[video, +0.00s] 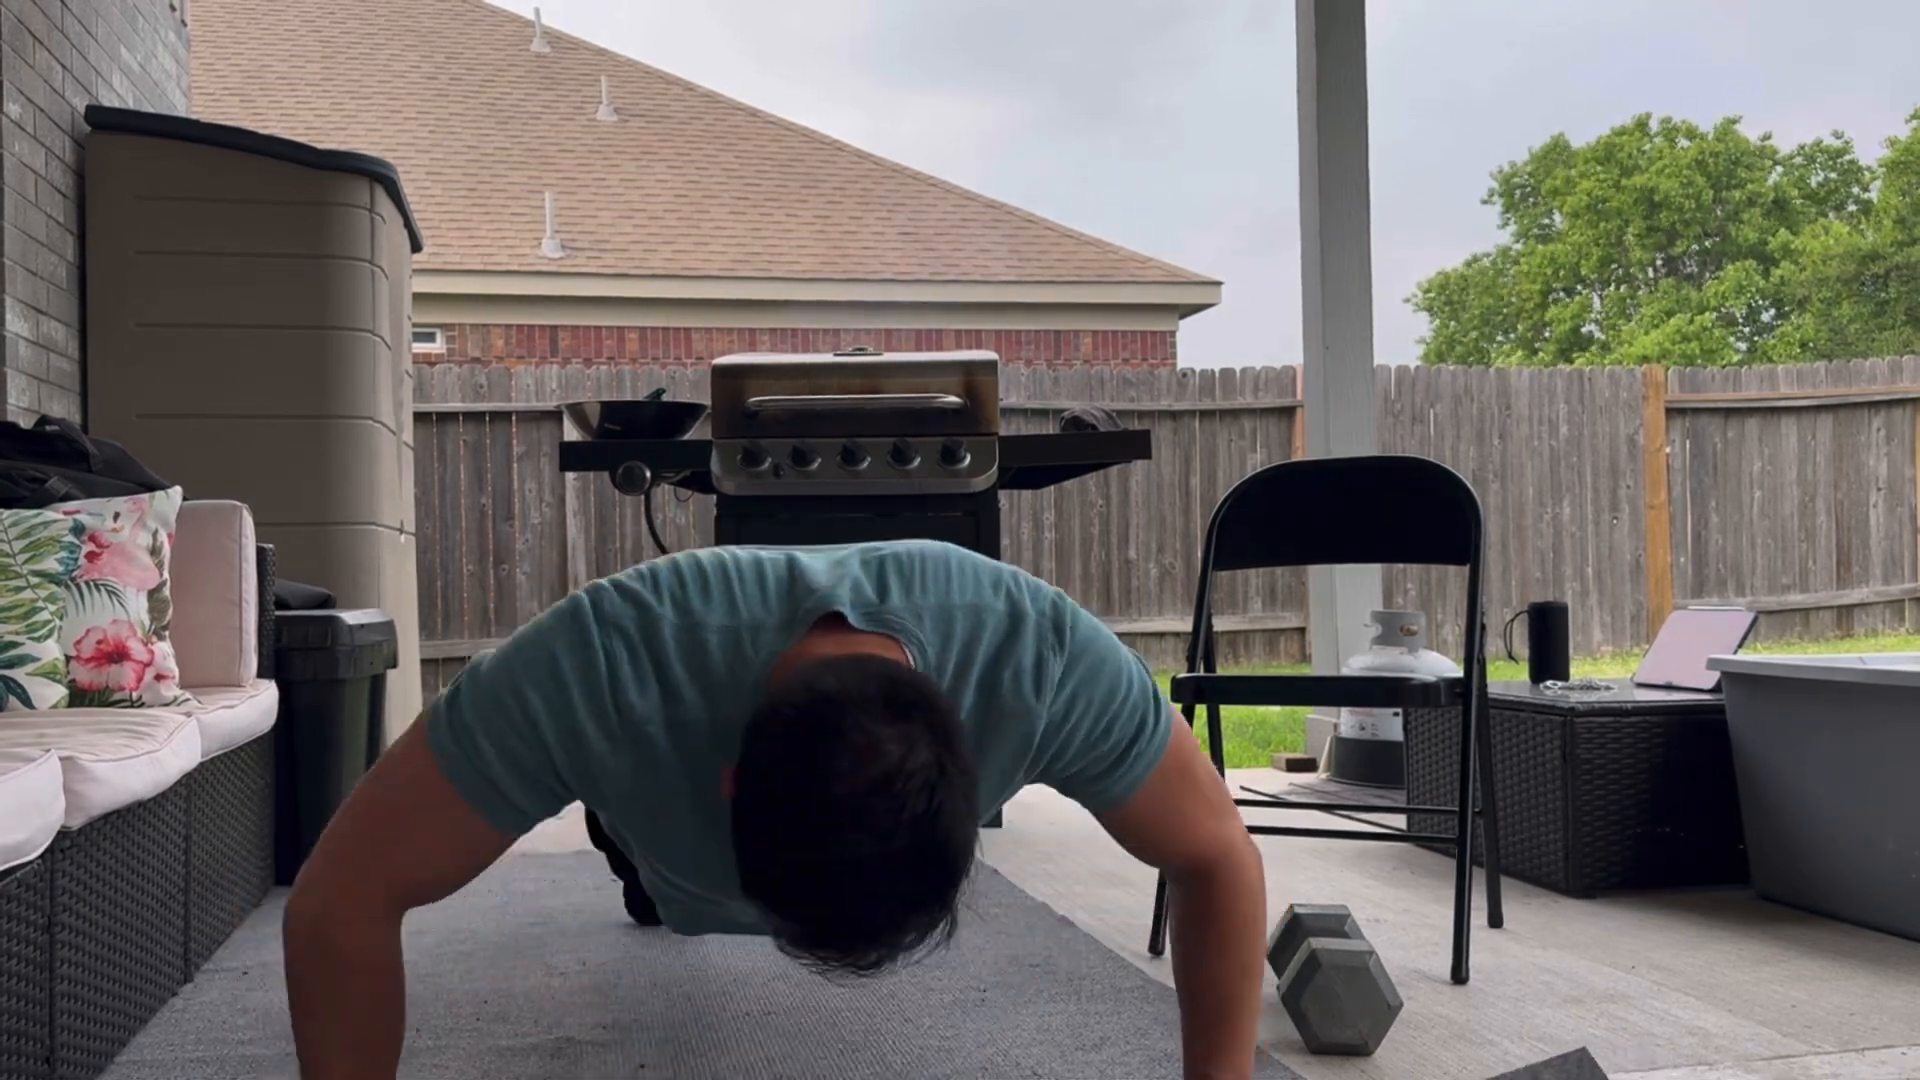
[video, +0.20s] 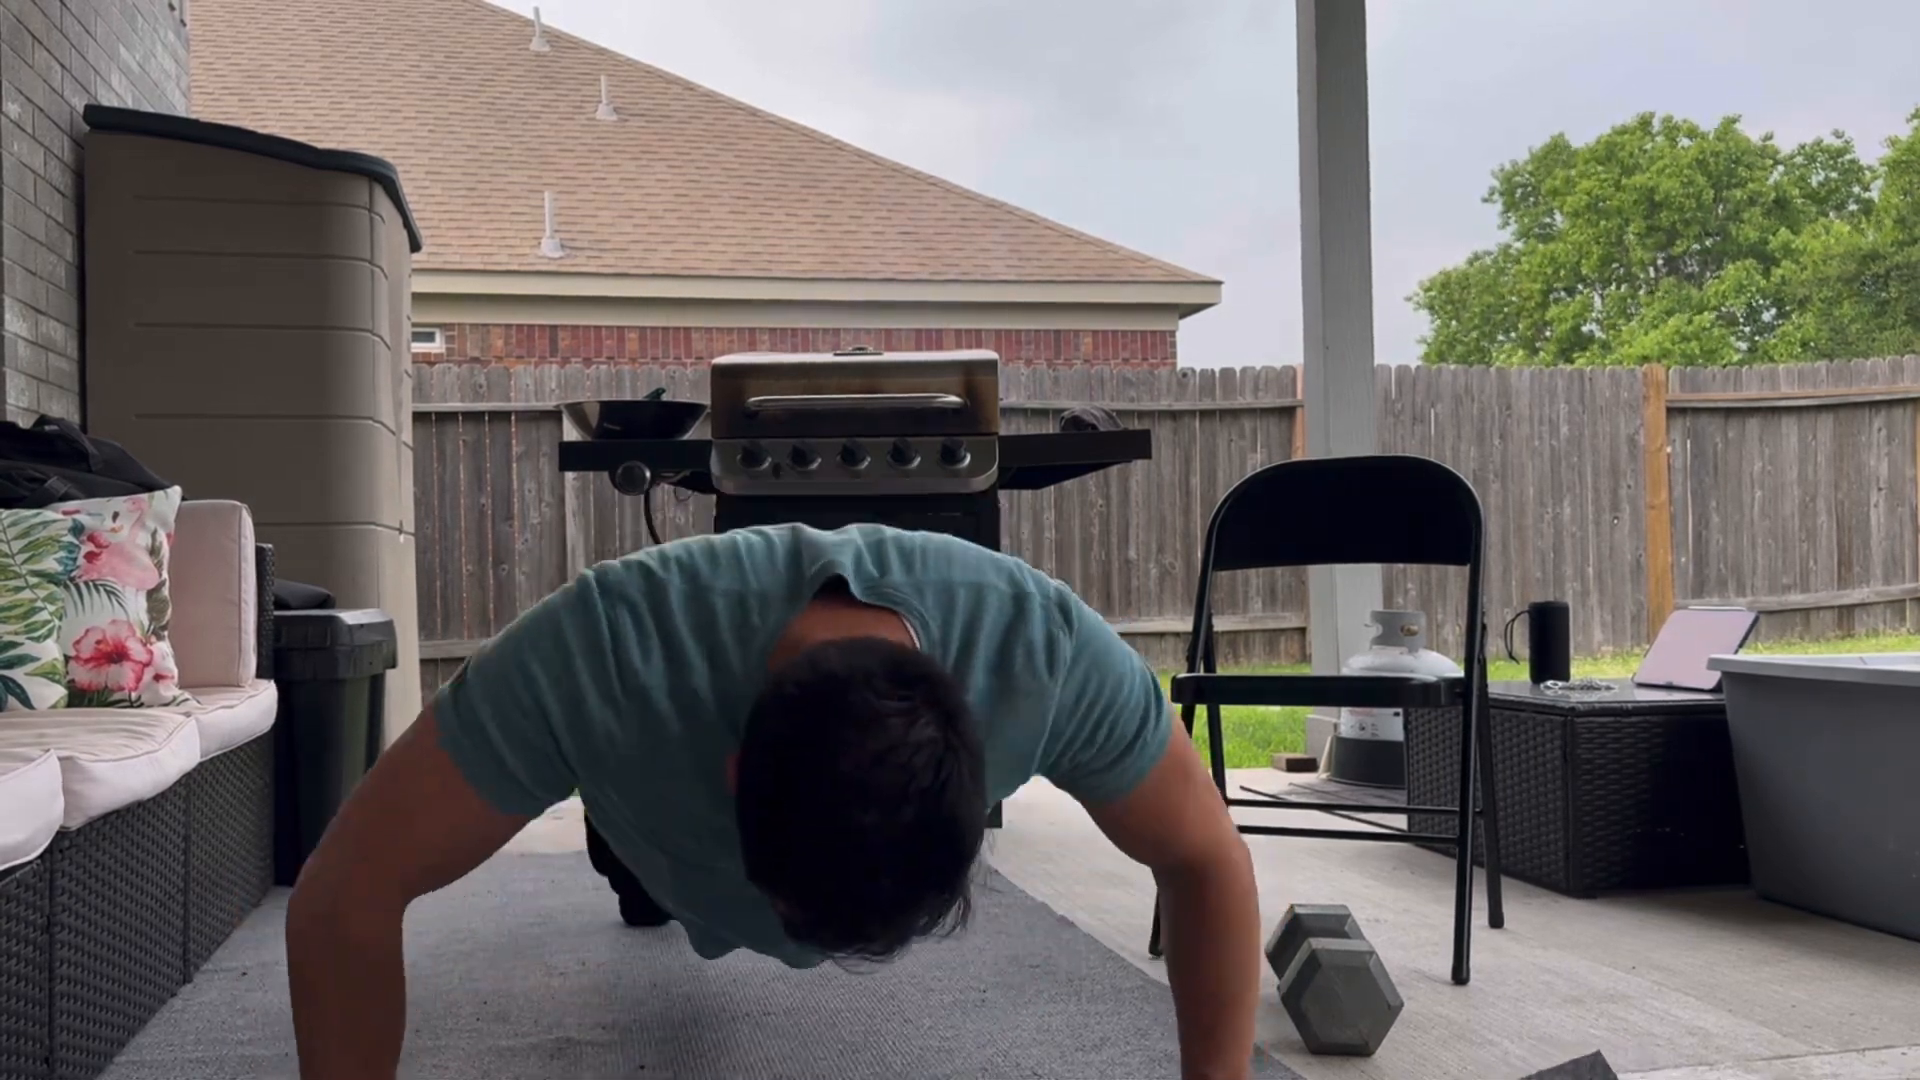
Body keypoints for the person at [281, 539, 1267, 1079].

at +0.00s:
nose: (829, 946)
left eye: (874, 932)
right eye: (799, 919)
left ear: (963, 802)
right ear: (733, 780)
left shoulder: (1046, 664)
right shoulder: (598, 668)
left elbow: (1217, 863)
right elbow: (341, 900)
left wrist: (1216, 1073)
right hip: (667, 813)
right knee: (669, 891)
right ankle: (637, 866)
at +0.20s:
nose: (835, 950)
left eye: (876, 935)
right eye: (809, 932)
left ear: (969, 798)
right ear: (735, 771)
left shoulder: (1048, 657)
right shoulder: (595, 658)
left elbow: (1207, 864)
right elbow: (342, 897)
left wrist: (1216, 1078)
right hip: (651, 813)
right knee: (652, 881)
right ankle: (644, 880)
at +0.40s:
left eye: (903, 1032)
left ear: (945, 1012)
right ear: (749, 1014)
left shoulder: (1048, 852)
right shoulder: (606, 871)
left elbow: (1256, 868)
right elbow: (282, 927)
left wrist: (1228, 1075)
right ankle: (443, 808)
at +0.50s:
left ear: (935, 1040)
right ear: (754, 1046)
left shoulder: (1034, 901)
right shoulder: (620, 931)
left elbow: (1253, 863)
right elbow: (288, 921)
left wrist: (1229, 1069)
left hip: (937, 833)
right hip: (674, 850)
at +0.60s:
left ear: (937, 1040)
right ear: (752, 1042)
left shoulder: (1043, 889)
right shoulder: (618, 923)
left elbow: (1249, 866)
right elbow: (288, 923)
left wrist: (1229, 1073)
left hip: (921, 813)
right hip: (691, 827)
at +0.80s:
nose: (828, 1017)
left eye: (871, 1006)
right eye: (785, 984)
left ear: (965, 835)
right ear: (730, 846)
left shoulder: (1052, 736)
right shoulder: (587, 747)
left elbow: (1235, 871)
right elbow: (306, 916)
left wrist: (1224, 1068)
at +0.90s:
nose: (823, 925)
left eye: (863, 914)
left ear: (960, 788)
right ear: (728, 733)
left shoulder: (1036, 634)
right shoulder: (601, 628)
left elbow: (1195, 852)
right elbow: (374, 886)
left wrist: (1214, 1069)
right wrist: (361, 1073)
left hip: (871, 860)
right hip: (666, 847)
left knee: (835, 931)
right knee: (673, 905)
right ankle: (658, 890)